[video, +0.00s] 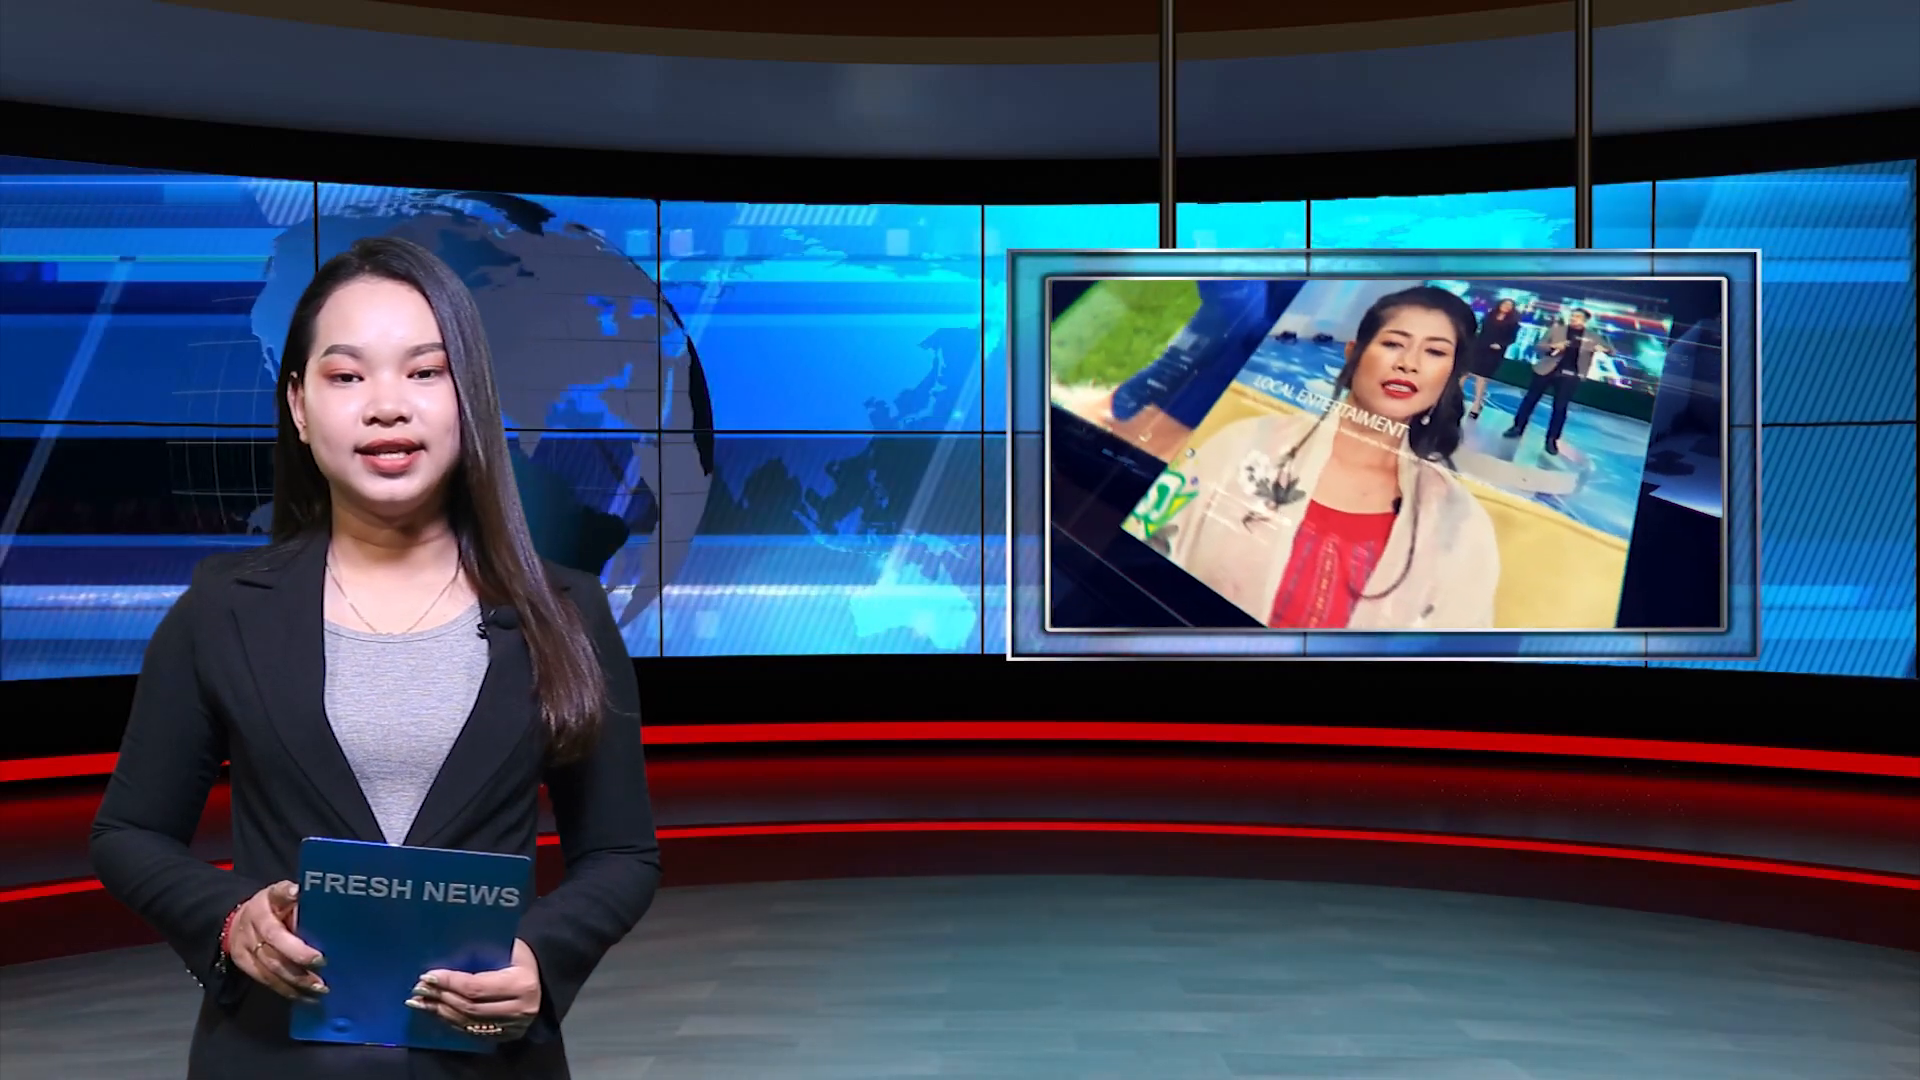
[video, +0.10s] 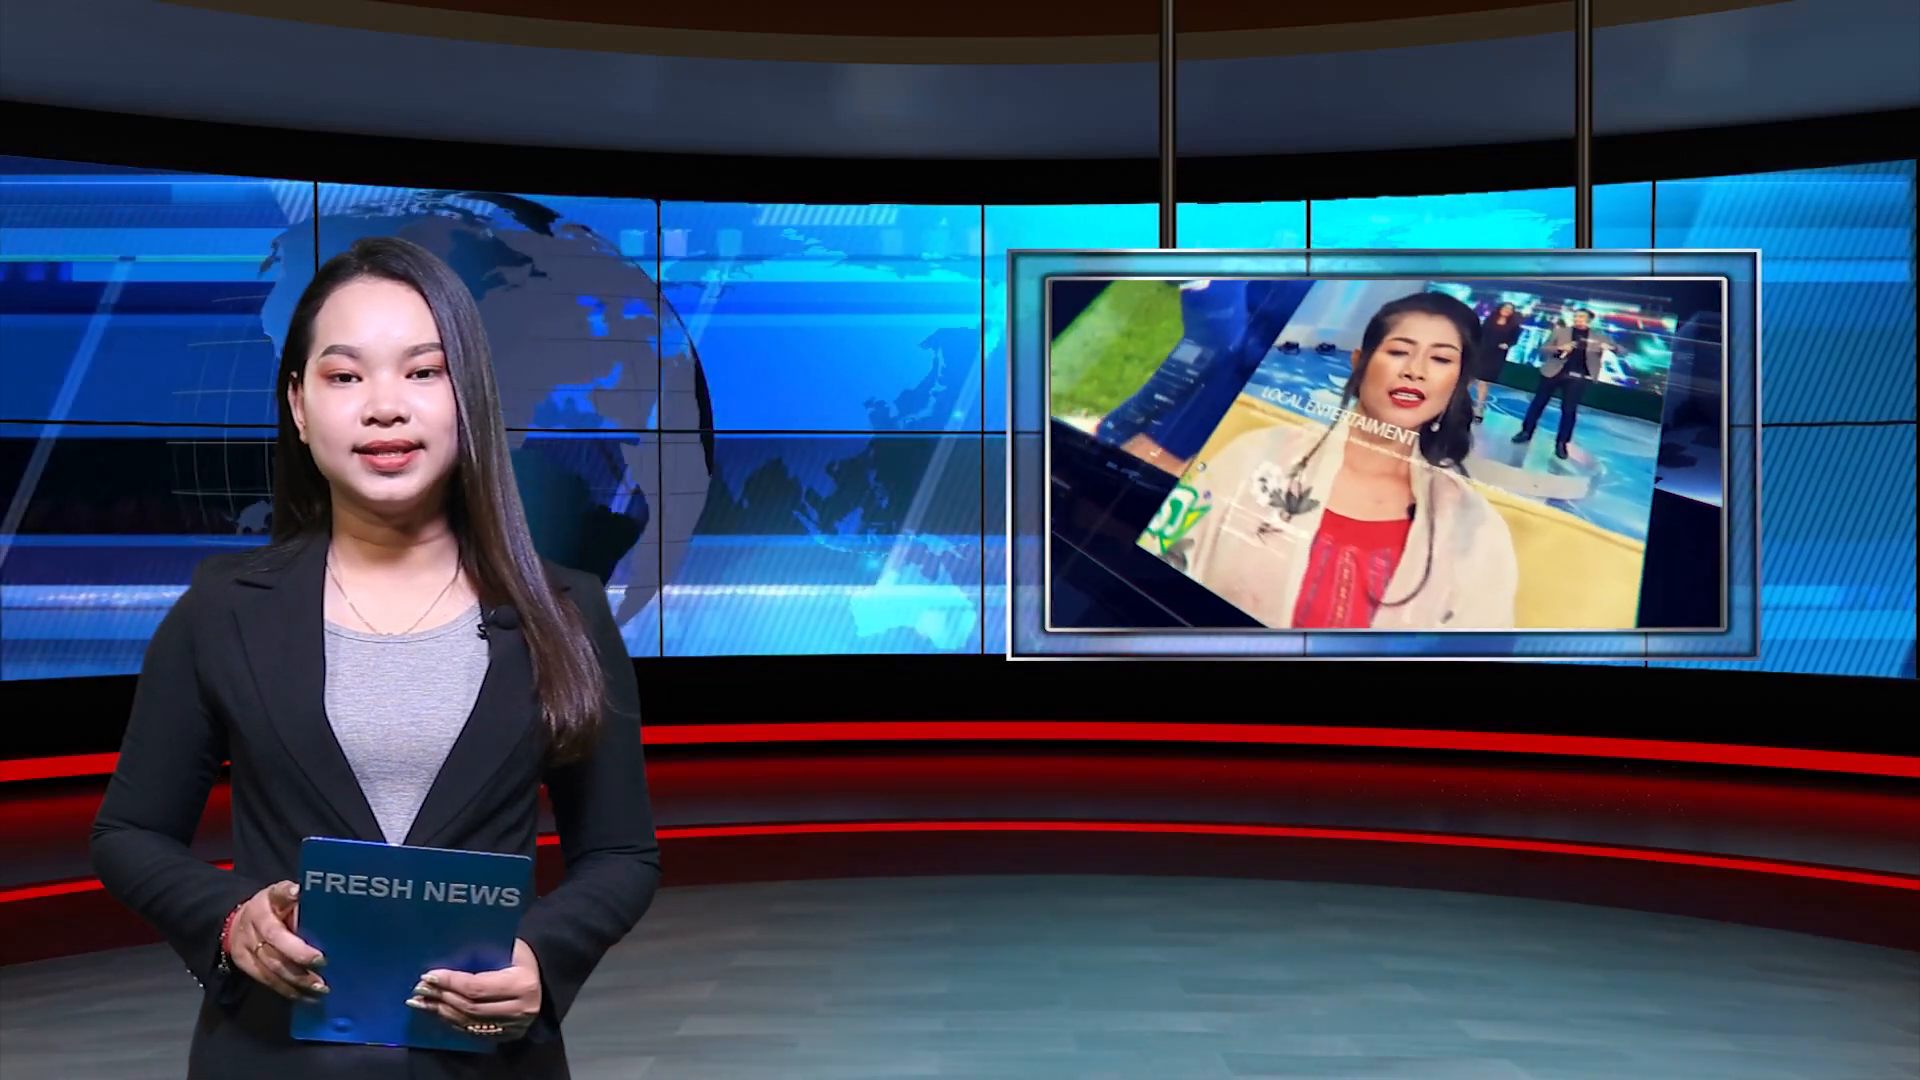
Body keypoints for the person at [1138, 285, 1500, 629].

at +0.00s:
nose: (1409, 364)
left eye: (1434, 352)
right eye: (1393, 342)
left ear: (1450, 380)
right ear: (1353, 353)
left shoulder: (1462, 528)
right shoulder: (1243, 448)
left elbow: (1458, 670)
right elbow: (1132, 571)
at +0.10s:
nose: (1415, 371)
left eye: (1440, 358)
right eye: (1397, 351)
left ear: (1459, 384)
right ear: (1359, 363)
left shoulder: (1476, 531)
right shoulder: (1254, 460)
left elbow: (1480, 672)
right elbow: (1148, 587)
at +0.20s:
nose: (1428, 380)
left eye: (1453, 367)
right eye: (1410, 361)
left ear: (1473, 394)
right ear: (1372, 375)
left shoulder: (1501, 539)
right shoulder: (1273, 476)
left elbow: (1512, 681)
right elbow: (1172, 605)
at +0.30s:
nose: (1437, 385)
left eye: (1461, 371)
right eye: (1418, 366)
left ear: (1483, 399)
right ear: (1380, 382)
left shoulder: (1518, 543)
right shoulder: (1285, 485)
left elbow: (1532, 690)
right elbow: (1193, 624)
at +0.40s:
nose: (1452, 393)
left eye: (1475, 378)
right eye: (1432, 373)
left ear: (1501, 404)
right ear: (1395, 389)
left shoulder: (1540, 547)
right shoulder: (1305, 496)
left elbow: (1564, 689)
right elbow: (1220, 637)